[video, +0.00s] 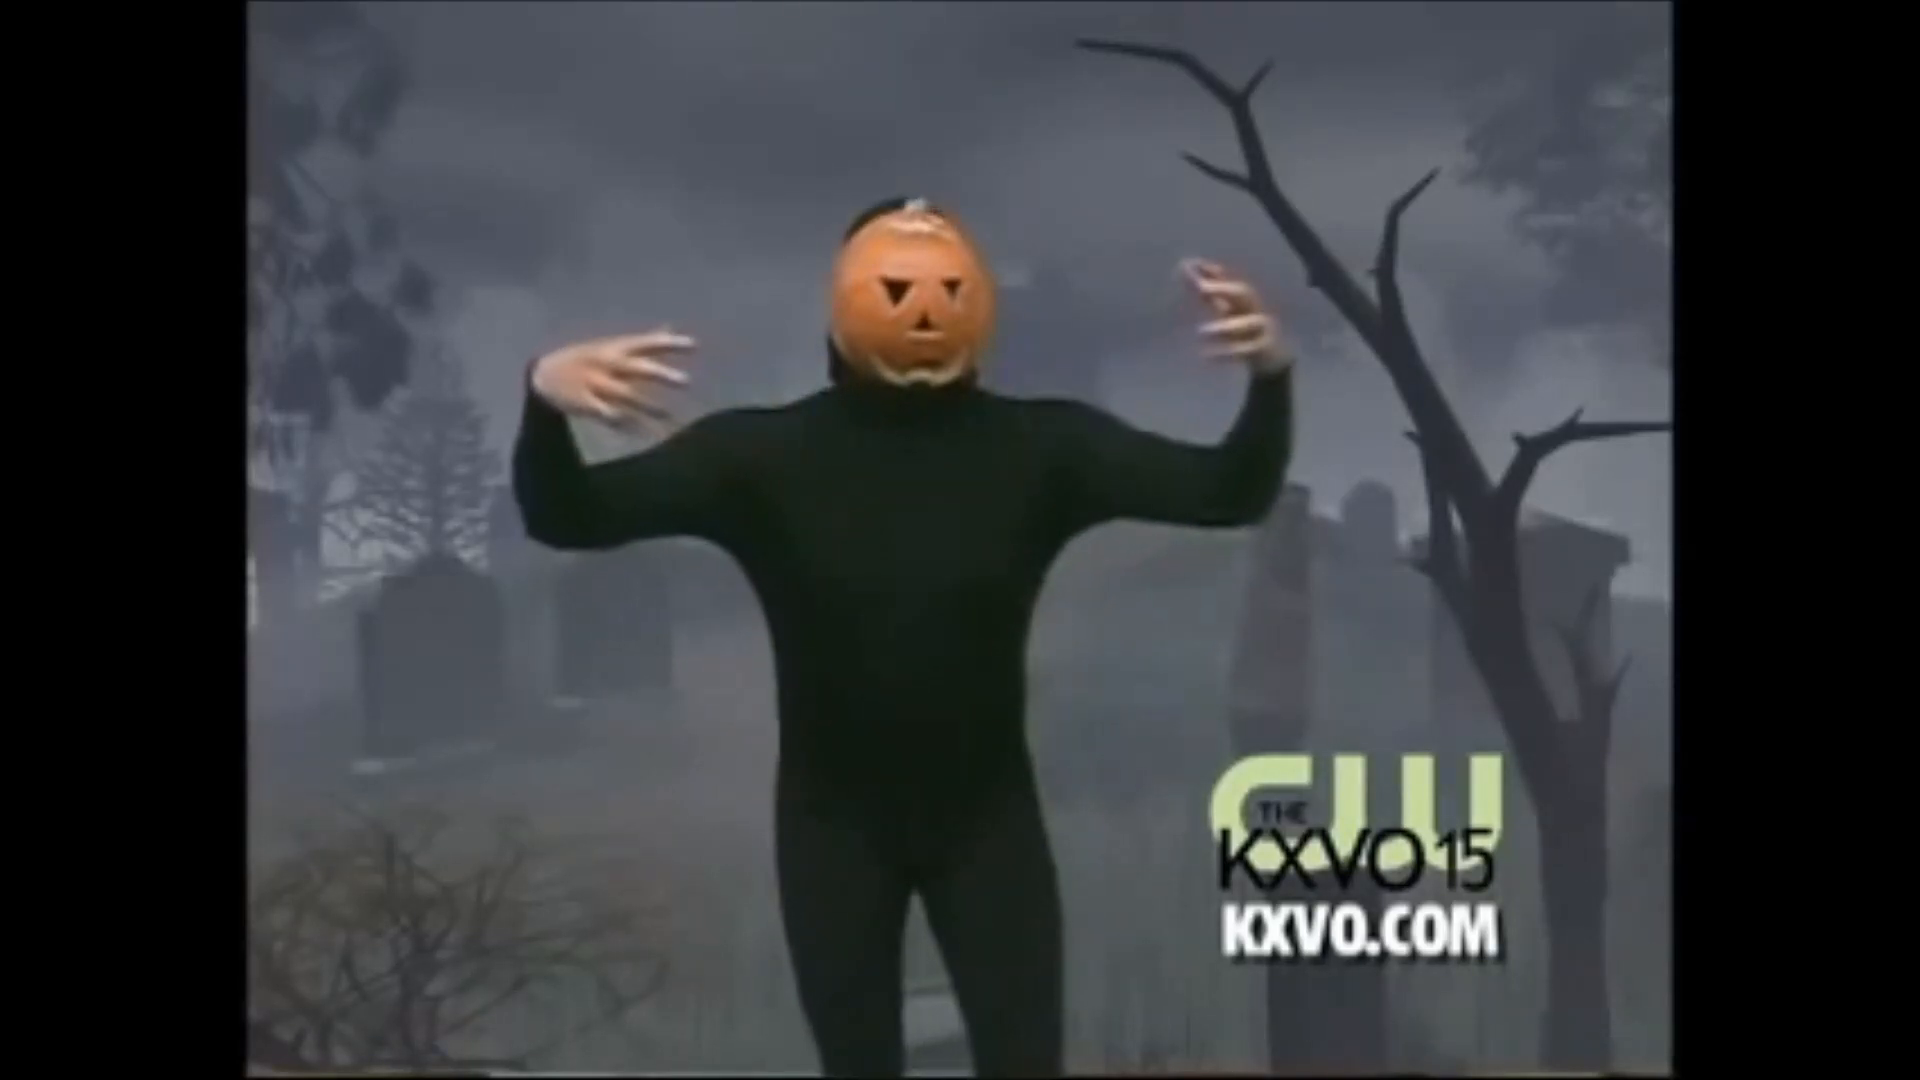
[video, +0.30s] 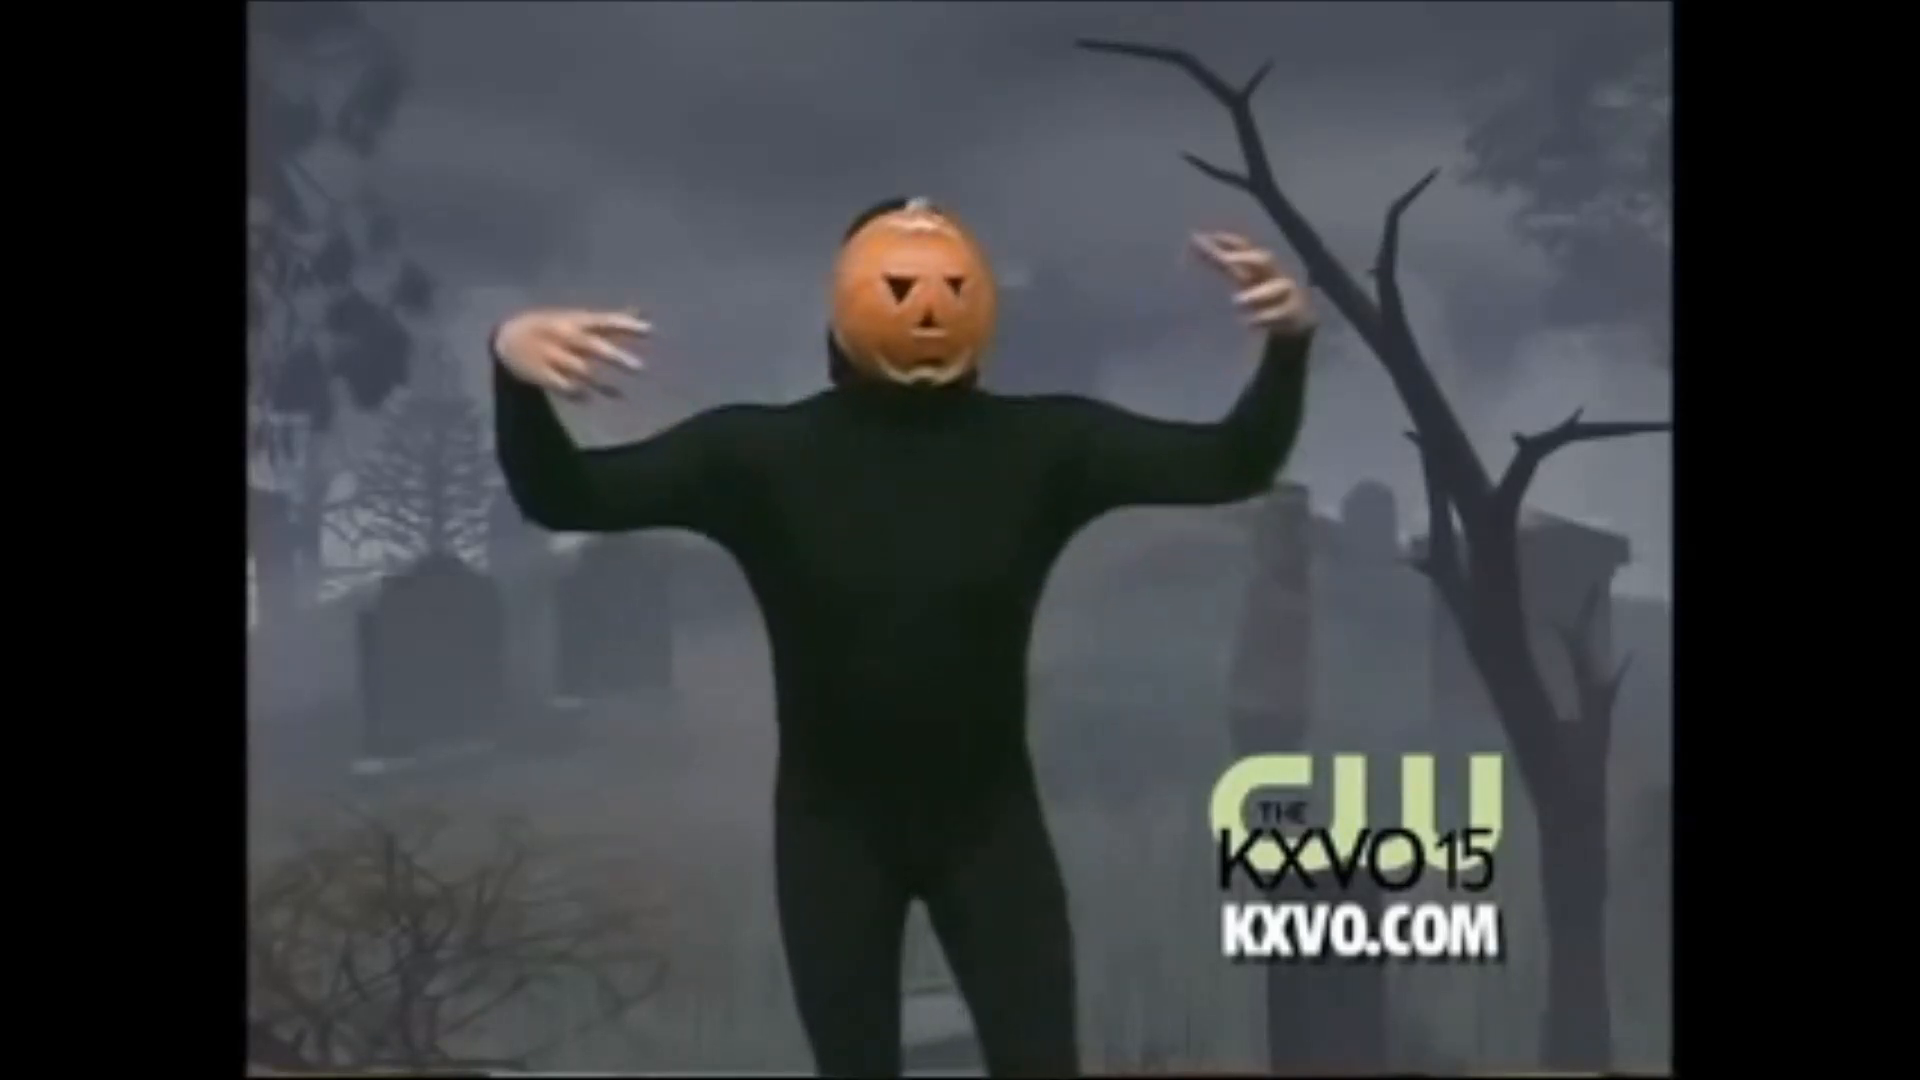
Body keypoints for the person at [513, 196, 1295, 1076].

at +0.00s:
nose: (926, 305)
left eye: (951, 287)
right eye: (893, 285)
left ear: (985, 314)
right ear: (836, 314)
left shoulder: (1046, 446)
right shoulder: (756, 453)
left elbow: (1236, 491)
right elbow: (565, 512)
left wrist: (1271, 376)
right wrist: (545, 400)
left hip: (988, 817)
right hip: (832, 823)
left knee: (1026, 1060)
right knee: (858, 1061)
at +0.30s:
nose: (923, 295)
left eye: (949, 281)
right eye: (891, 279)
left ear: (987, 316)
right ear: (837, 316)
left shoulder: (1050, 442)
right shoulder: (755, 450)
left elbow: (1236, 463)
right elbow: (562, 495)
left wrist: (1289, 339)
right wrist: (515, 374)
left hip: (991, 823)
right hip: (830, 831)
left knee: (1040, 1062)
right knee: (854, 1066)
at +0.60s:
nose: (926, 297)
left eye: (952, 279)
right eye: (893, 277)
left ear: (989, 316)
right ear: (838, 314)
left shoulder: (1049, 439)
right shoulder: (756, 449)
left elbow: (1235, 435)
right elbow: (560, 471)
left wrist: (1301, 307)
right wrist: (495, 344)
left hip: (994, 832)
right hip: (829, 841)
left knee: (1060, 1061)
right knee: (849, 1065)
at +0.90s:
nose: (926, 288)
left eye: (952, 271)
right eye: (892, 267)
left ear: (986, 317)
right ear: (837, 314)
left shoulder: (1051, 433)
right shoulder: (755, 442)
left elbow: (1232, 405)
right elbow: (559, 428)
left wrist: (1306, 278)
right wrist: (490, 293)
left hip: (996, 836)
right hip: (829, 846)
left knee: (1074, 1064)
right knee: (845, 1068)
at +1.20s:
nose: (925, 259)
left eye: (951, 252)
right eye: (891, 248)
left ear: (986, 311)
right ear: (837, 311)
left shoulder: (1049, 427)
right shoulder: (758, 432)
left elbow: (1228, 385)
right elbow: (564, 395)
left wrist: (1302, 251)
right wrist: (493, 257)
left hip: (997, 835)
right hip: (831, 843)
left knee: (1082, 1066)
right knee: (839, 1069)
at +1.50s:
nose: (926, 260)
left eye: (952, 250)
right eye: (892, 247)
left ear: (988, 309)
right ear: (838, 309)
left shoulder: (1053, 420)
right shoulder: (761, 423)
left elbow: (1229, 366)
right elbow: (571, 373)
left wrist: (1305, 234)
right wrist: (491, 233)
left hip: (1000, 838)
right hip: (833, 846)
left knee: (1087, 1068)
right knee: (834, 1072)